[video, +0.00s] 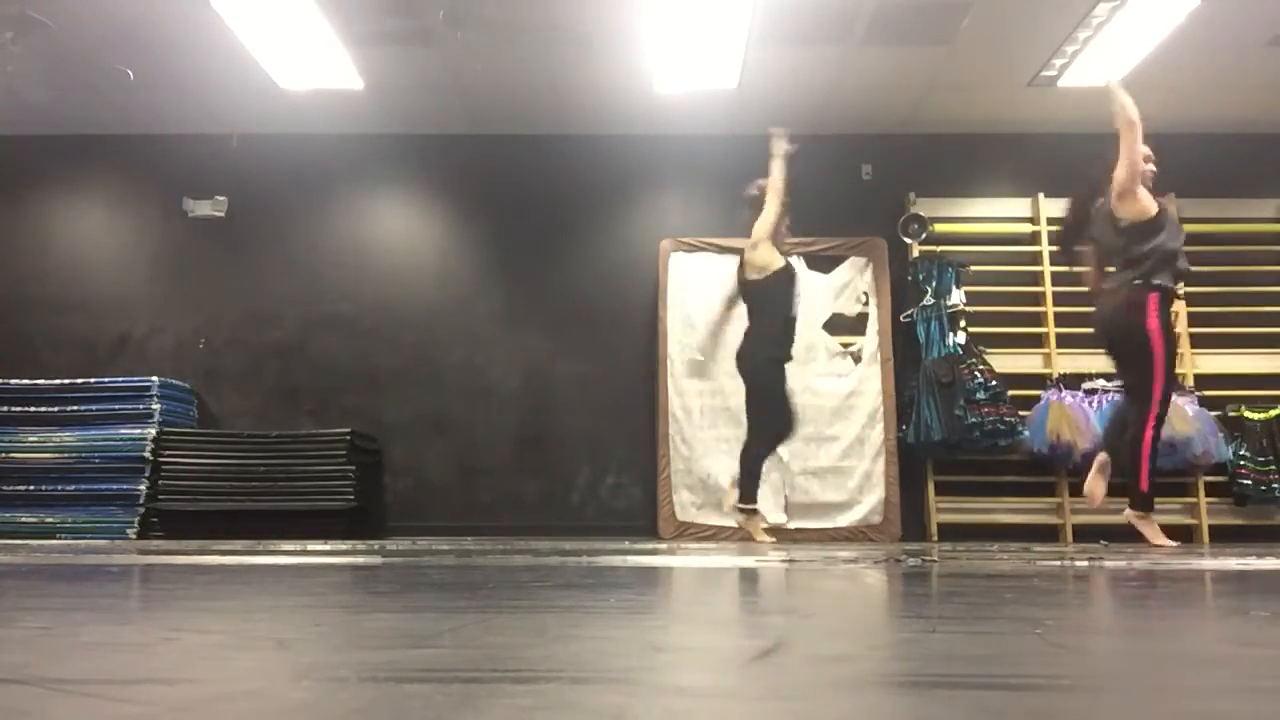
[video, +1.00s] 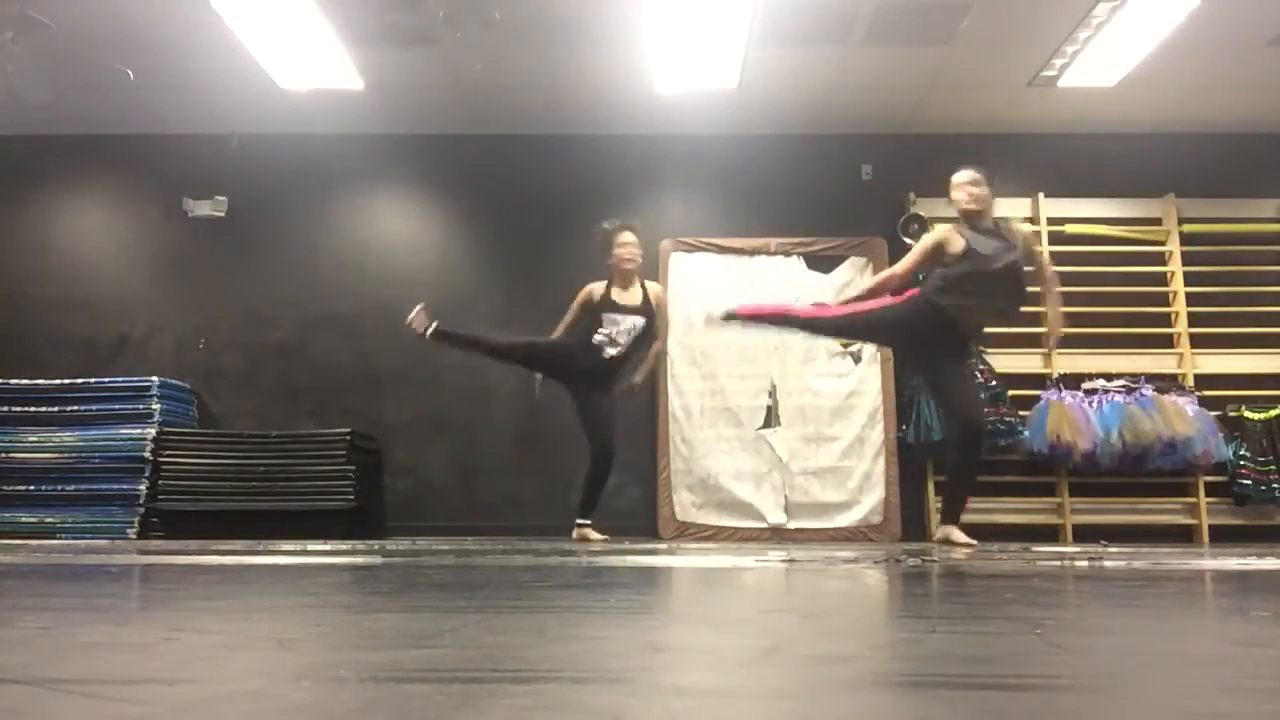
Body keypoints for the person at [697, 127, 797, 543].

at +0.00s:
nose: (784, 219)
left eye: (783, 212)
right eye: (779, 212)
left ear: (760, 214)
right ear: (766, 213)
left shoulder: (752, 256)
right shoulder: (761, 246)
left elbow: (727, 307)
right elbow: (774, 195)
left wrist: (706, 347)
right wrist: (779, 152)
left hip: (761, 352)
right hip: (763, 354)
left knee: (779, 424)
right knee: (764, 430)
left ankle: (742, 482)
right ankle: (748, 512)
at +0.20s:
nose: (708, 233)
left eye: (711, 227)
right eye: (710, 226)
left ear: (722, 228)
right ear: (744, 225)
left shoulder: (713, 265)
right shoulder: (761, 251)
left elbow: (679, 300)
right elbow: (762, 201)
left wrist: (647, 327)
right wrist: (760, 157)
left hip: (727, 355)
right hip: (764, 356)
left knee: (703, 416)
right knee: (759, 435)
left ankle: (716, 484)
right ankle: (760, 512)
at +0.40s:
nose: (669, 249)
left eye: (674, 243)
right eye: (669, 243)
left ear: (694, 246)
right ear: (698, 246)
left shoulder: (687, 278)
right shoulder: (720, 270)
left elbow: (697, 306)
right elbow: (730, 244)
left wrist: (701, 334)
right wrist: (730, 219)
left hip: (702, 373)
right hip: (731, 371)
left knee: (655, 429)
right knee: (741, 439)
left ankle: (641, 509)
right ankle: (769, 513)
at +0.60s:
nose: (637, 260)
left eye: (643, 254)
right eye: (637, 253)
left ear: (664, 259)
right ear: (656, 260)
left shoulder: (670, 294)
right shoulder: (658, 294)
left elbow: (692, 338)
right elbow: (659, 342)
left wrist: (706, 380)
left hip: (655, 391)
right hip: (659, 390)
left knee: (610, 448)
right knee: (657, 462)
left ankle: (624, 525)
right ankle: (719, 493)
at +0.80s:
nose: (611, 259)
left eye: (617, 252)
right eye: (610, 252)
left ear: (639, 256)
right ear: (622, 257)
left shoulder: (652, 287)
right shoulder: (623, 295)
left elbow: (663, 339)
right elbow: (610, 337)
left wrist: (650, 379)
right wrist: (590, 365)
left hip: (638, 380)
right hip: (613, 375)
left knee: (603, 448)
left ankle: (621, 525)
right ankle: (483, 390)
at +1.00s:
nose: (629, 252)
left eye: (634, 247)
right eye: (622, 247)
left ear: (642, 256)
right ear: (610, 256)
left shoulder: (654, 294)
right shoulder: (594, 292)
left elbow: (659, 339)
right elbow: (561, 331)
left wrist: (643, 373)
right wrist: (542, 366)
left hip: (597, 383)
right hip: (567, 361)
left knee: (604, 451)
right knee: (498, 349)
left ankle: (583, 524)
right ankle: (432, 331)